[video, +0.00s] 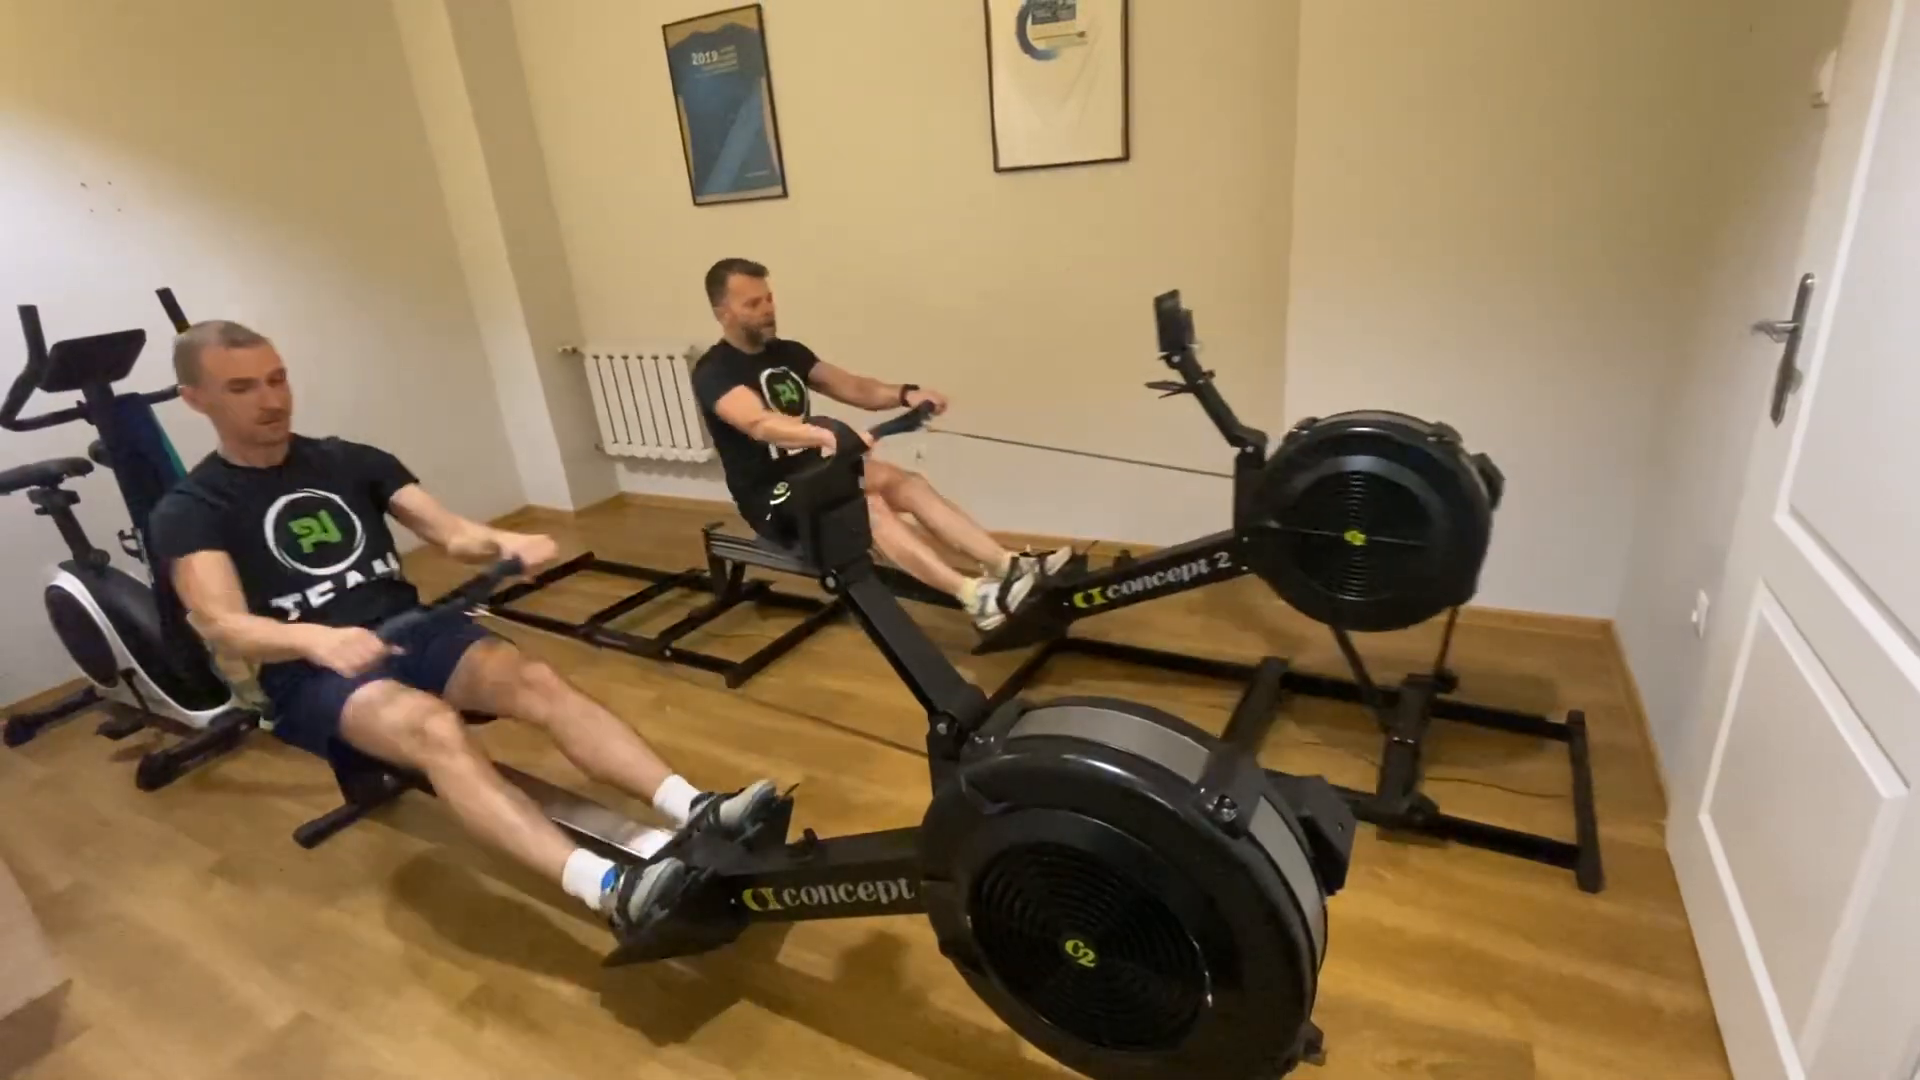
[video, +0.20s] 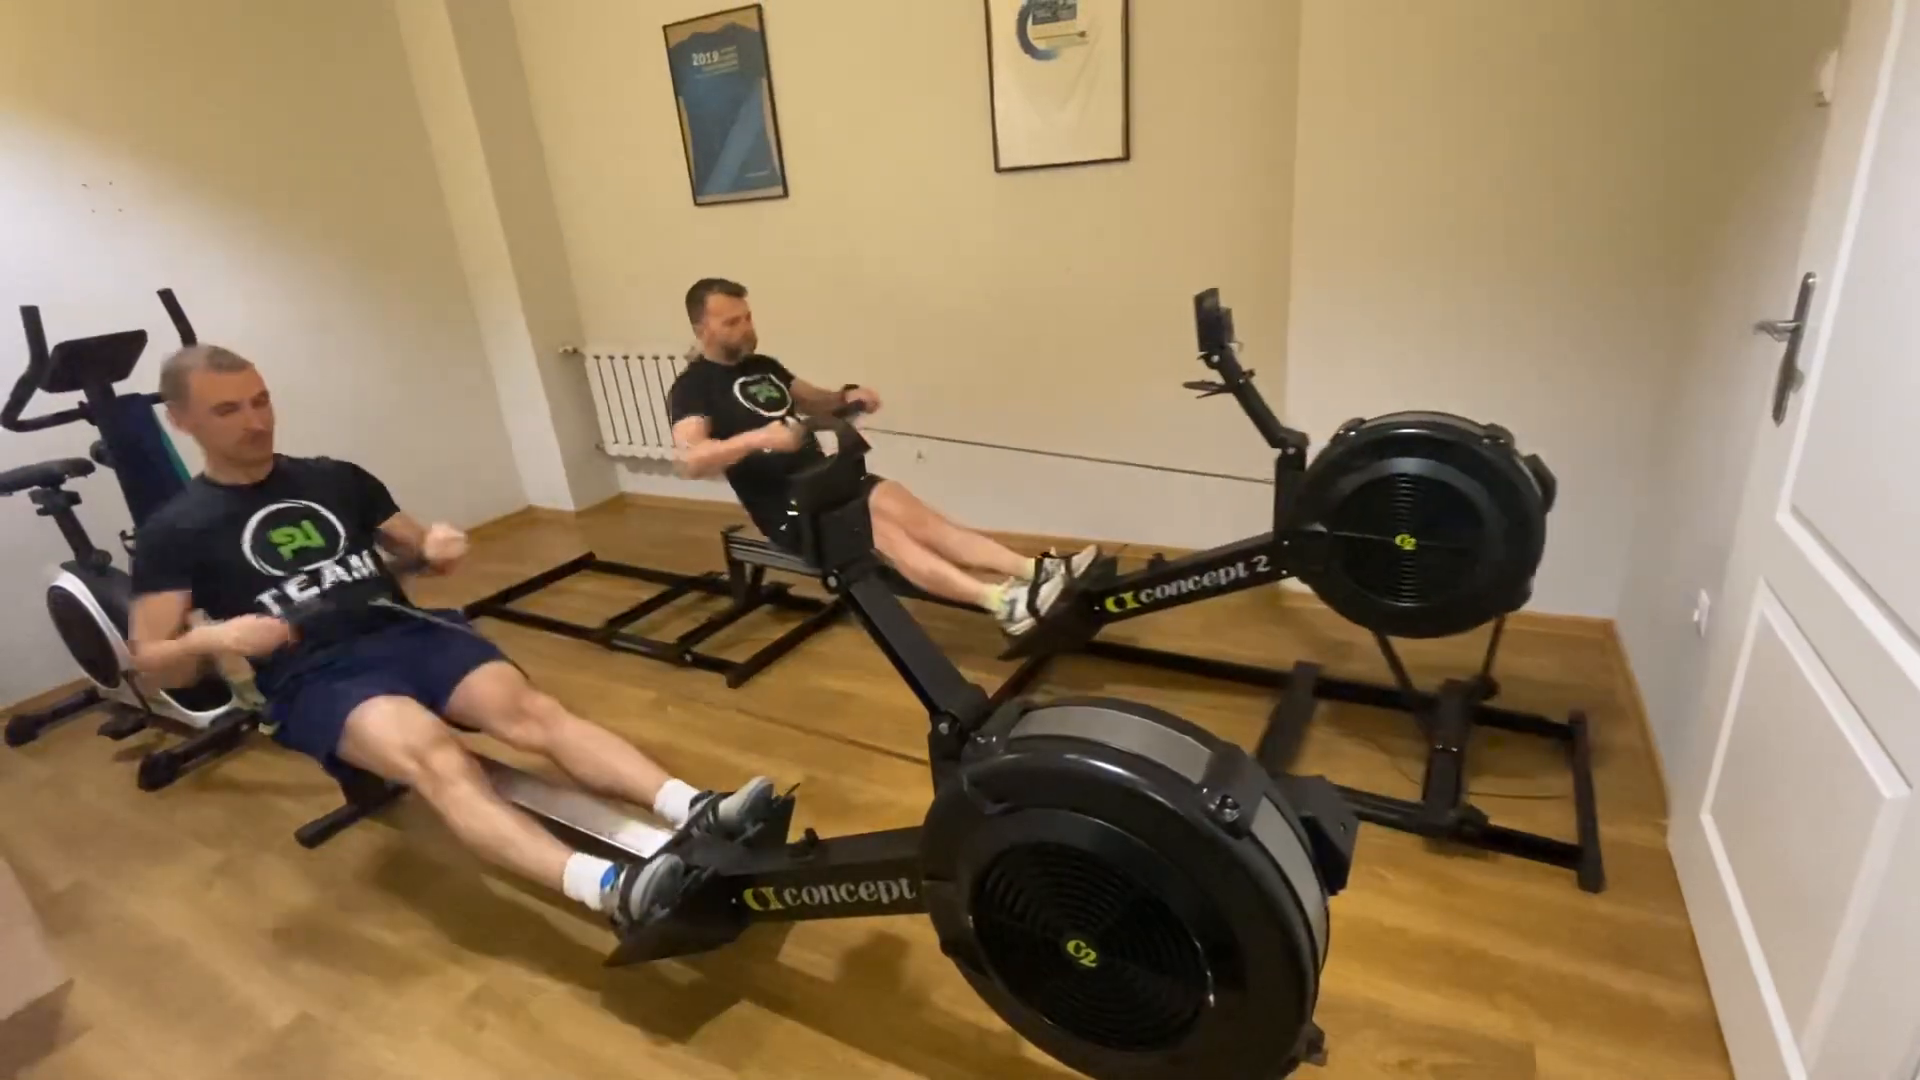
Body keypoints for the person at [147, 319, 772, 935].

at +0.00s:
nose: (270, 399)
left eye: (275, 379)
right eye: (243, 389)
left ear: (287, 372)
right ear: (196, 400)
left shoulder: (349, 462)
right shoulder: (190, 511)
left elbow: (449, 531)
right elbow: (224, 625)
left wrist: (505, 543)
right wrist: (314, 639)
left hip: (403, 626)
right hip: (308, 668)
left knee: (532, 679)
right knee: (432, 727)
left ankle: (697, 812)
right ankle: (608, 889)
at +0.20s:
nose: (253, 421)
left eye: (258, 401)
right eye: (228, 412)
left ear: (271, 394)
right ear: (185, 426)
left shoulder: (333, 479)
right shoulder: (173, 532)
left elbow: (414, 543)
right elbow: (149, 655)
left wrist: (435, 544)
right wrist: (213, 638)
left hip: (400, 627)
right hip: (312, 669)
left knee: (526, 709)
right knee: (436, 756)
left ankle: (697, 812)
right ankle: (612, 892)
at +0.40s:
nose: (255, 430)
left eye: (259, 410)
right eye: (230, 421)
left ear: (269, 404)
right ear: (185, 434)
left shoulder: (328, 485)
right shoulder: (172, 536)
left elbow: (388, 576)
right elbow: (133, 662)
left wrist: (407, 548)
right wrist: (173, 620)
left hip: (402, 630)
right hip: (319, 671)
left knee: (519, 702)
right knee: (435, 752)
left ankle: (697, 812)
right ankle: (616, 889)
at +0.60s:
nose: (290, 404)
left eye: (287, 388)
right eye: (265, 395)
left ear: (285, 391)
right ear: (208, 419)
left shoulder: (340, 478)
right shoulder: (181, 528)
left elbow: (425, 551)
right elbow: (146, 662)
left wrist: (453, 555)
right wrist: (224, 647)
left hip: (396, 637)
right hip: (309, 674)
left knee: (529, 699)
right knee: (438, 745)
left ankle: (696, 811)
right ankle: (614, 890)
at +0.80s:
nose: (332, 394)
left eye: (325, 377)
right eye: (309, 386)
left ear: (263, 402)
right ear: (247, 408)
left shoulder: (358, 470)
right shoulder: (204, 513)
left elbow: (462, 543)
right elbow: (180, 657)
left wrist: (516, 574)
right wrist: (295, 682)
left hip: (418, 641)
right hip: (329, 680)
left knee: (536, 680)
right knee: (441, 728)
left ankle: (692, 810)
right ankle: (610, 888)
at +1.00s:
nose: (381, 395)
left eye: (374, 378)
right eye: (359, 384)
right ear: (297, 406)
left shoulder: (399, 471)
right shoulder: (241, 513)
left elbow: (509, 540)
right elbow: (246, 658)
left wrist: (581, 590)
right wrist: (360, 705)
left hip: (437, 639)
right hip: (346, 679)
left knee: (562, 650)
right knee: (448, 720)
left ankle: (694, 813)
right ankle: (614, 890)